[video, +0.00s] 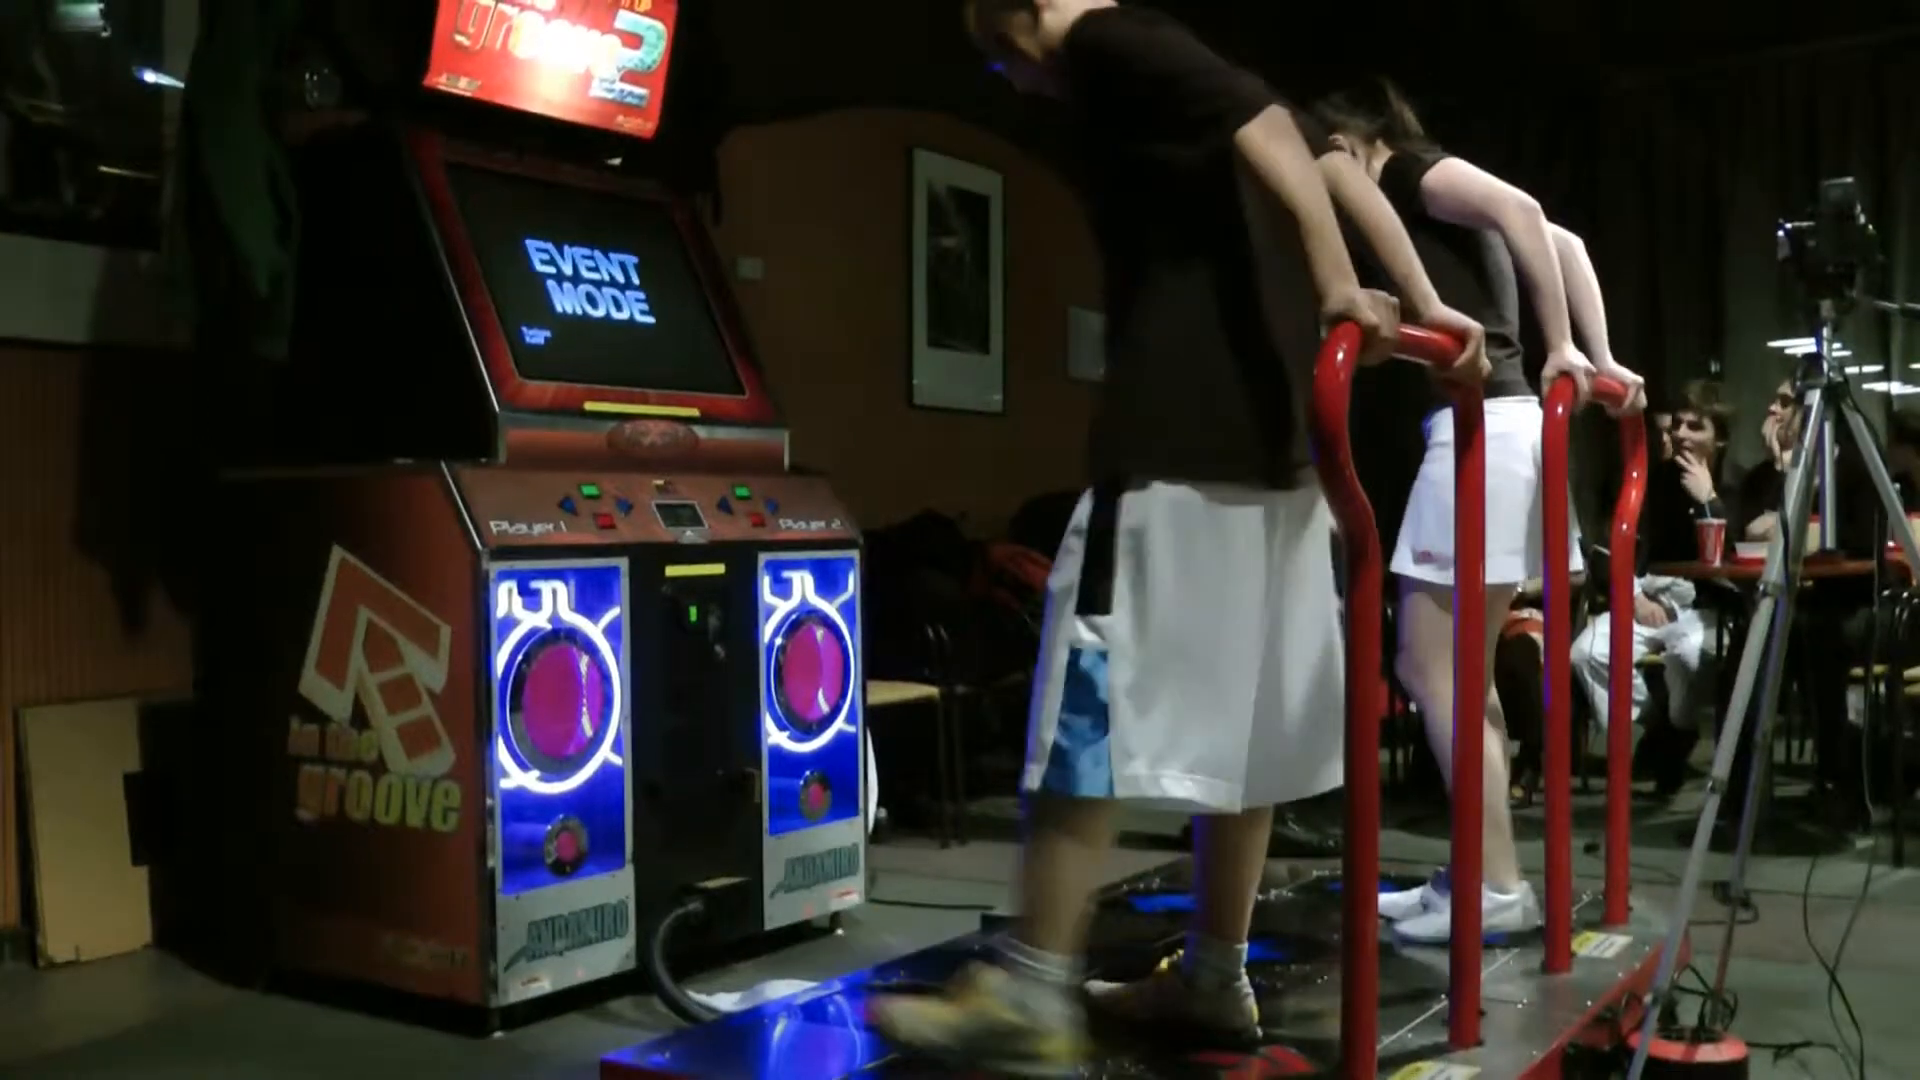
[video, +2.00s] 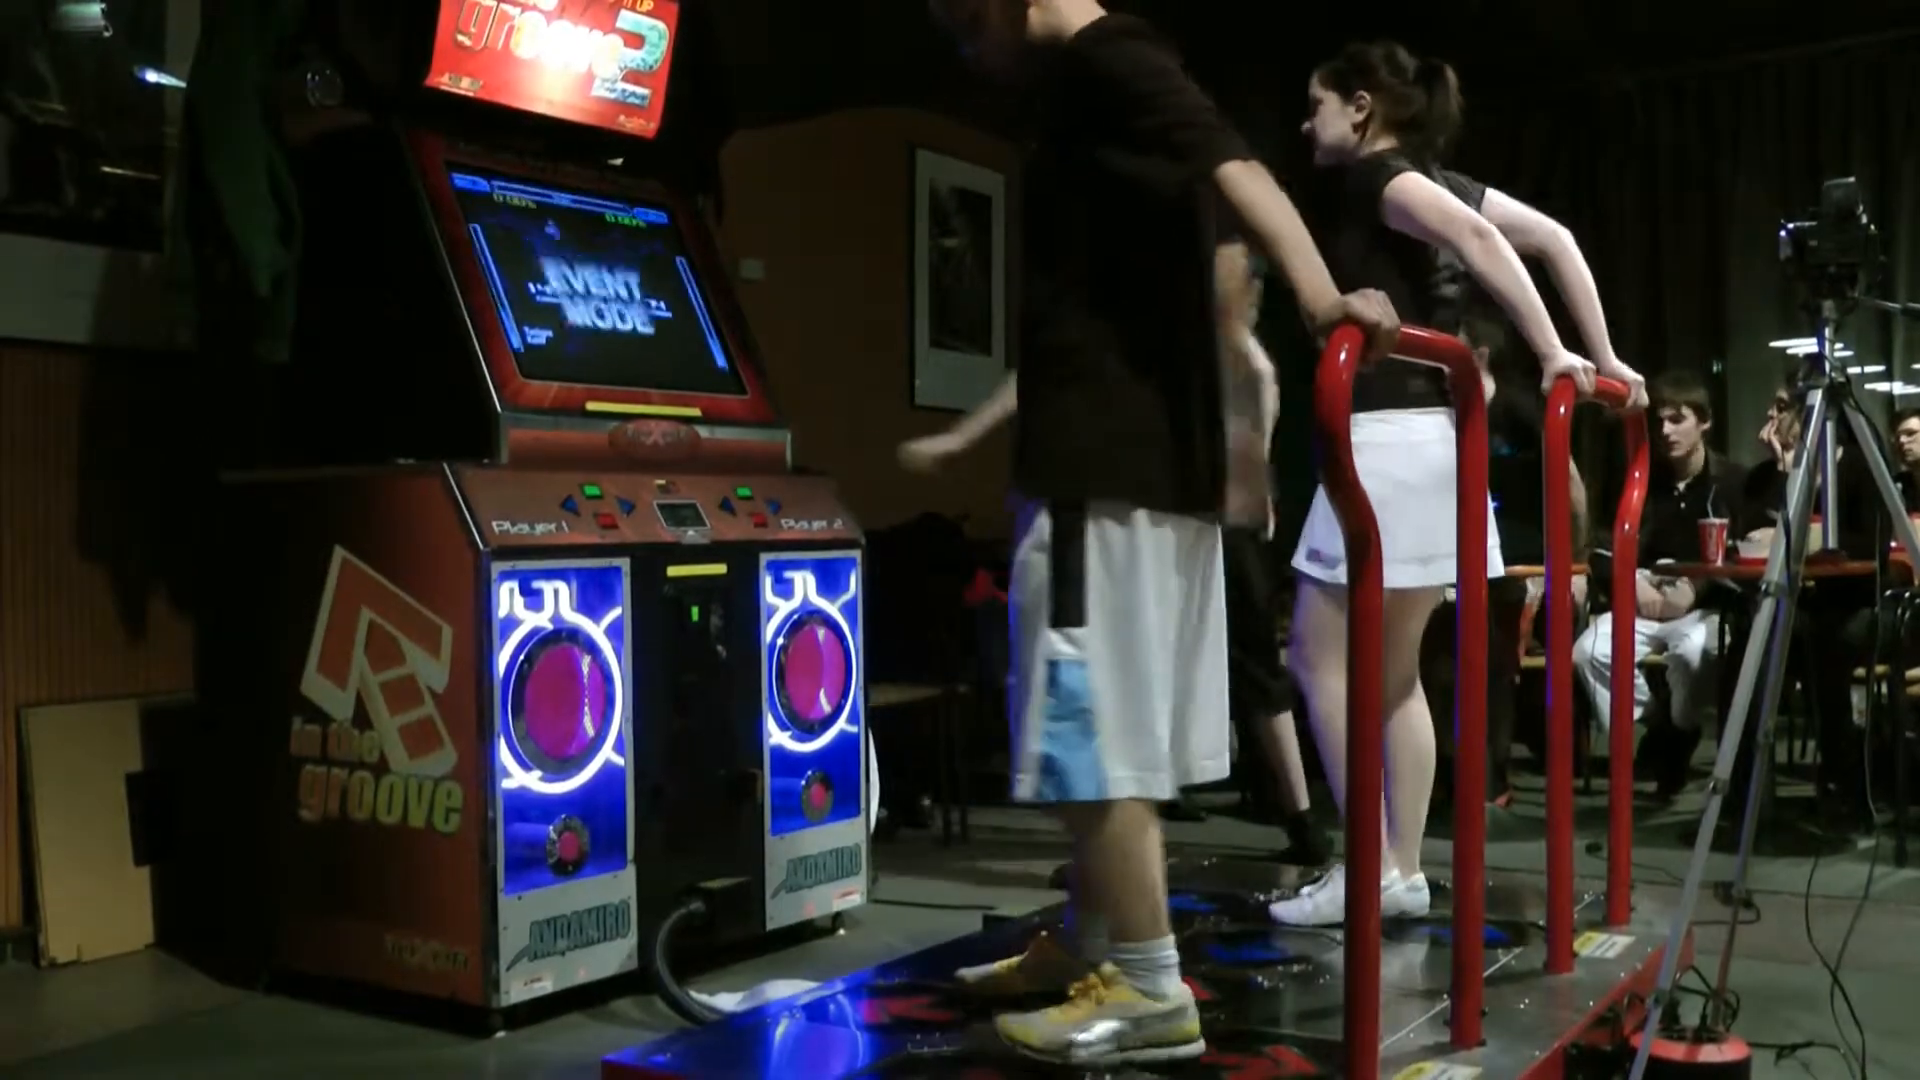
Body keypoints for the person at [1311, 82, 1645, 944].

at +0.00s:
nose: (1335, 170)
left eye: (1335, 155)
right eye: (1331, 158)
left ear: (1364, 141)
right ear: (1393, 132)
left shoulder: (1417, 173)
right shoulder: (1440, 181)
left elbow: (1522, 214)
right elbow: (1562, 240)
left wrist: (1561, 348)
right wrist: (1604, 354)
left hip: (1481, 434)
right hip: (1509, 435)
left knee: (1435, 665)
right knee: (1448, 666)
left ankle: (1493, 885)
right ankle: (1485, 875)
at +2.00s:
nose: (1307, 123)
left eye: (1318, 106)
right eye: (1310, 106)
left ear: (1364, 109)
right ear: (1389, 114)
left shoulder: (1373, 178)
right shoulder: (1434, 179)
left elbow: (1473, 235)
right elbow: (1552, 235)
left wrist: (1552, 351)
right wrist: (1603, 352)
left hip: (1385, 446)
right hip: (1441, 445)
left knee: (1321, 663)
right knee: (1396, 675)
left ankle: (1366, 868)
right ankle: (1402, 872)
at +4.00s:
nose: (1311, 163)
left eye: (1319, 142)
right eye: (1305, 148)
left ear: (1372, 127)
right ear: (1369, 136)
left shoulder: (1419, 176)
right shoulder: (1409, 198)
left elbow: (1524, 227)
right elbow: (1559, 255)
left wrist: (1560, 352)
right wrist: (1603, 358)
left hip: (1436, 450)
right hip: (1447, 449)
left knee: (1369, 659)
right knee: (1409, 670)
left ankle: (1350, 870)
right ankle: (1408, 866)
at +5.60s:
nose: (1323, 120)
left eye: (1332, 104)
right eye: (1324, 105)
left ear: (1375, 104)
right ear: (1397, 110)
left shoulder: (1390, 167)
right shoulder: (1418, 175)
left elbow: (1506, 229)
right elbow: (1549, 252)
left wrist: (1557, 351)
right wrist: (1605, 359)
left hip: (1386, 439)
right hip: (1409, 440)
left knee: (1332, 653)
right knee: (1366, 664)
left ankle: (1342, 874)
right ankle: (1387, 871)